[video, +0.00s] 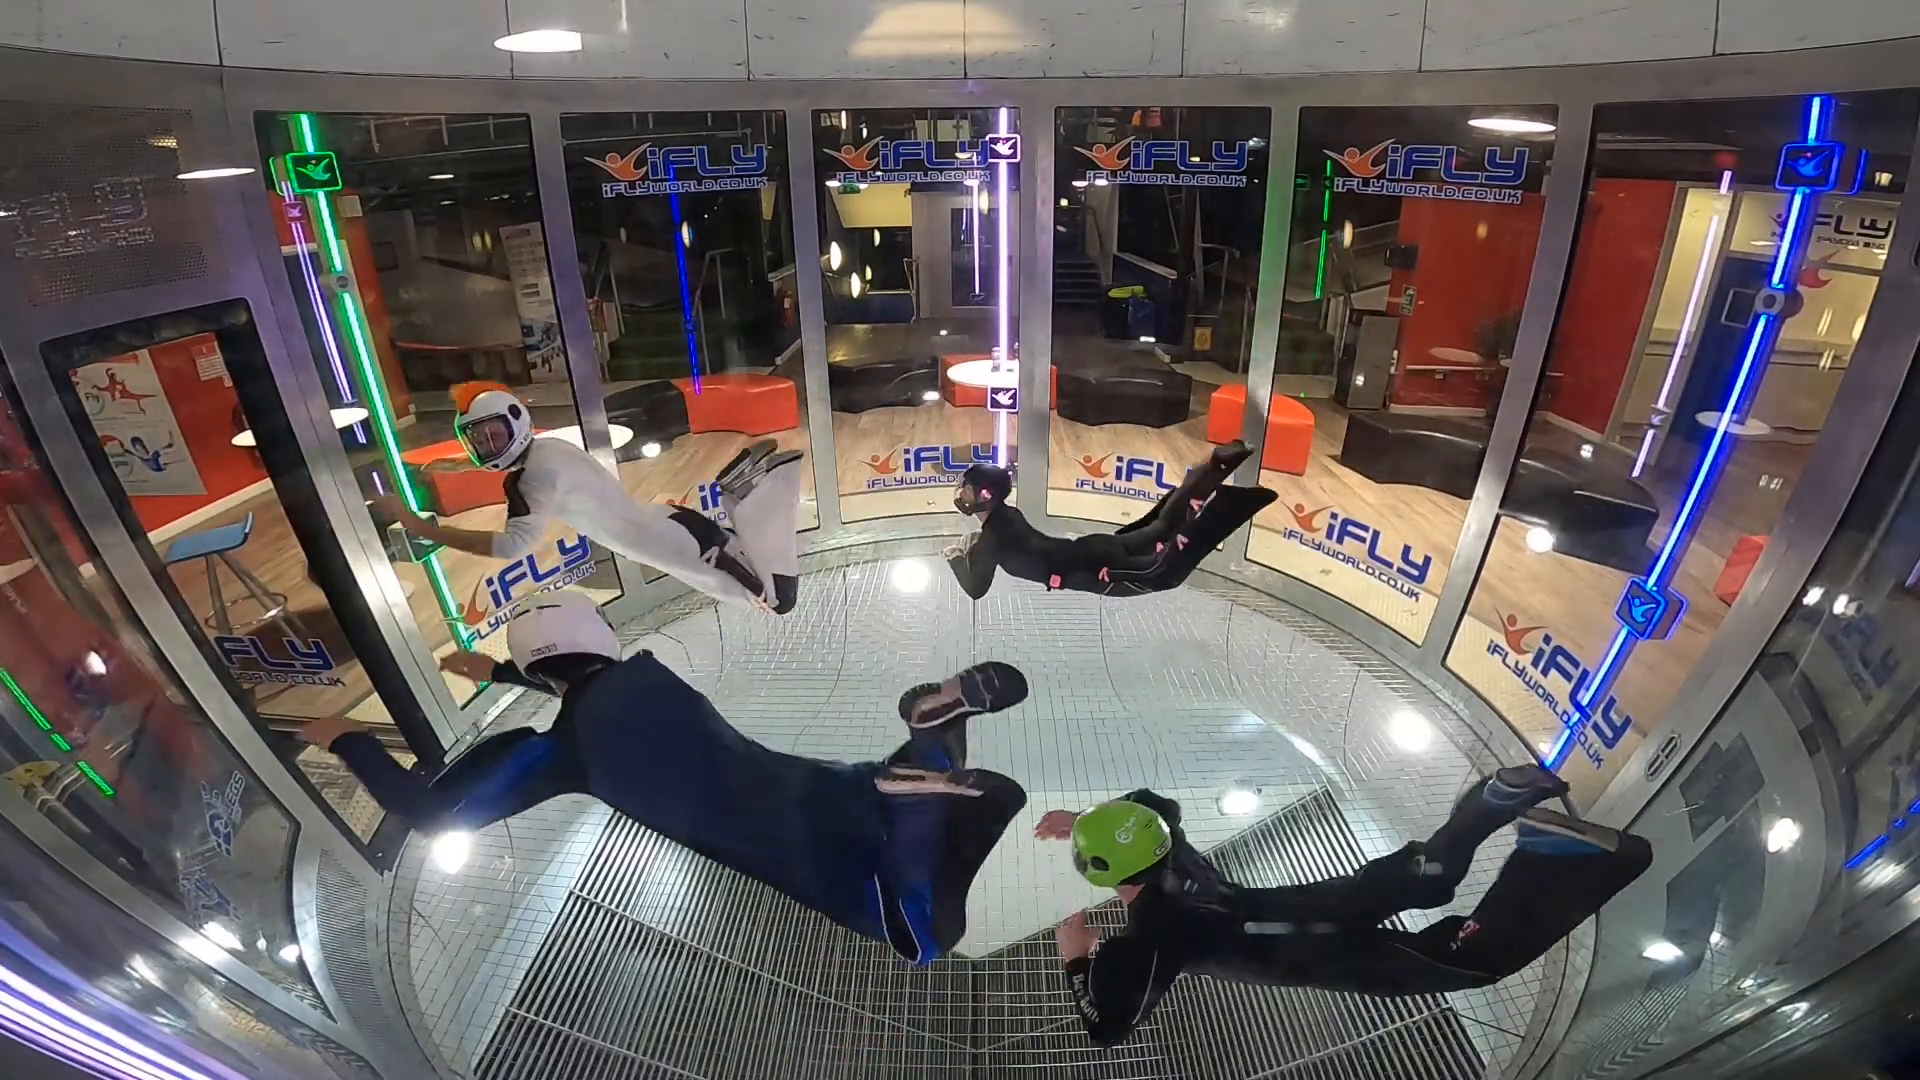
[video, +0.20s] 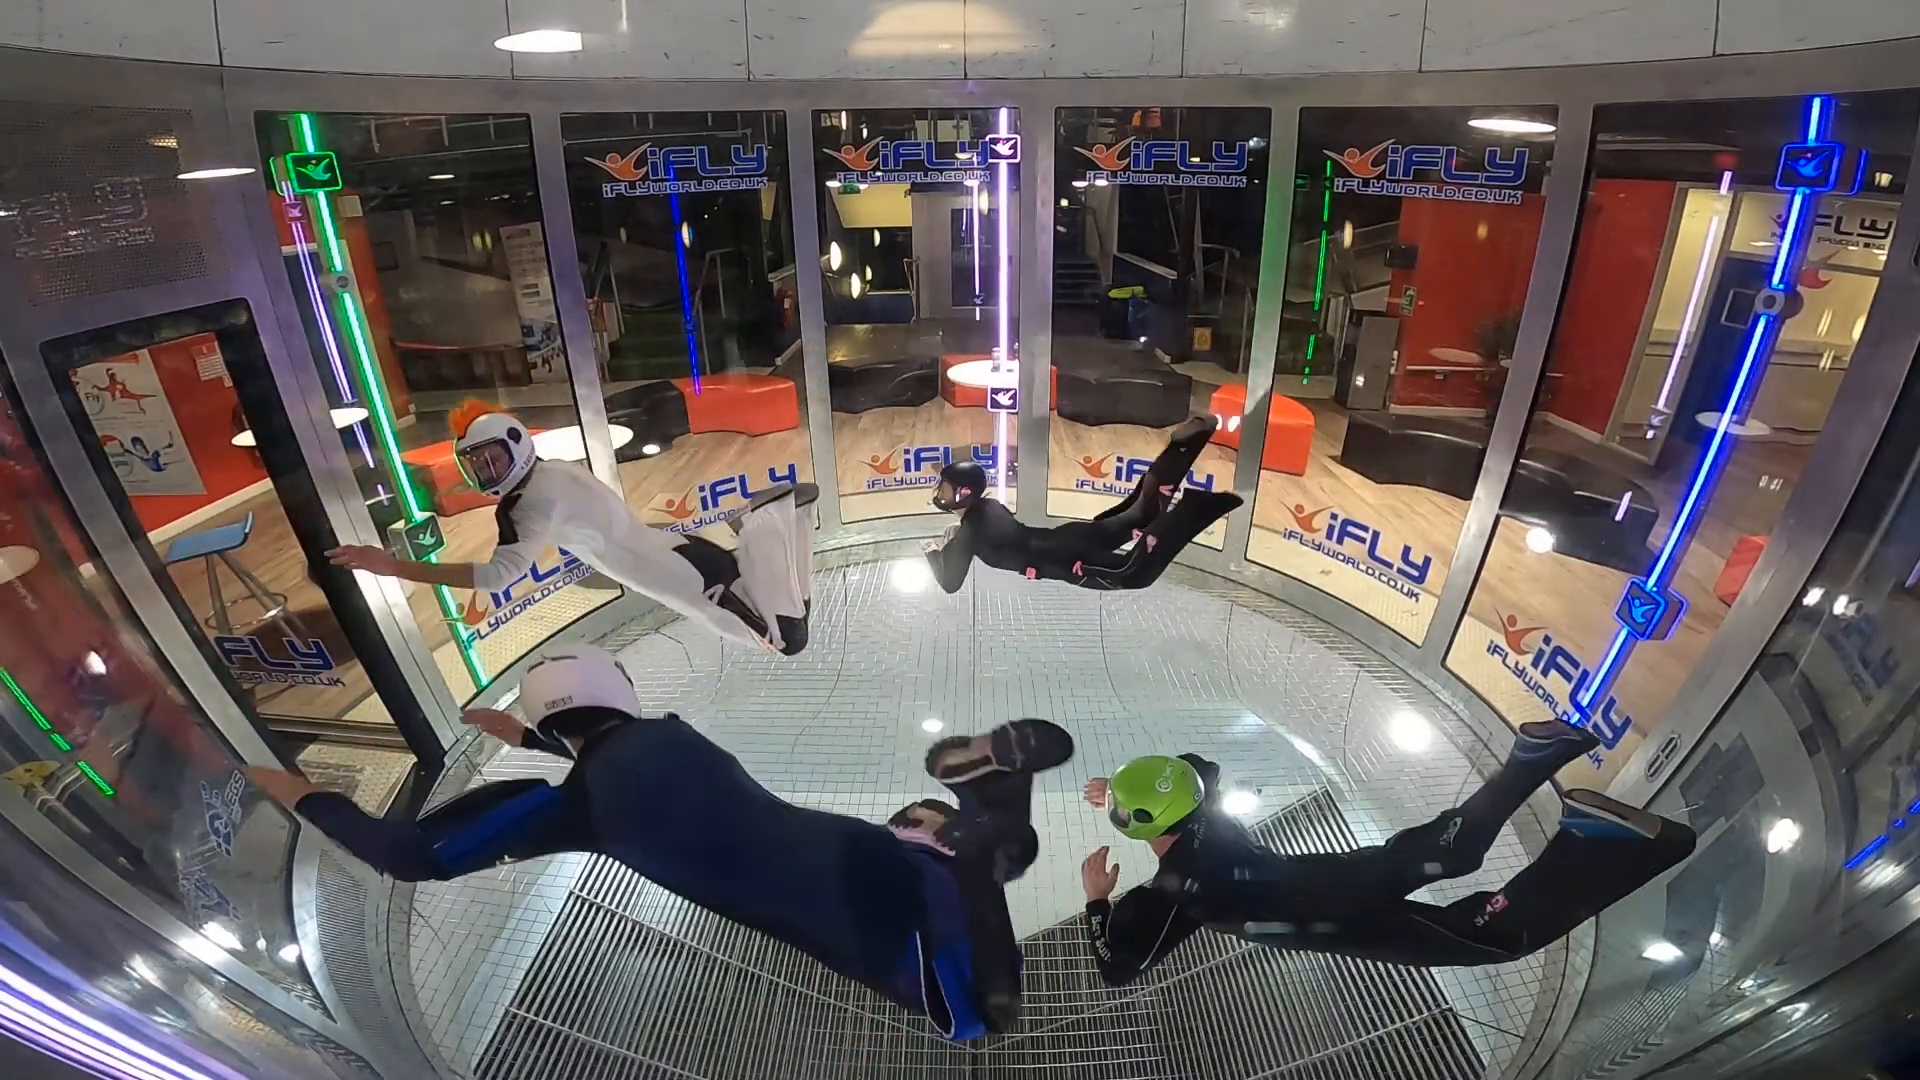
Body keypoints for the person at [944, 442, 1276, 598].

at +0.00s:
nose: (958, 493)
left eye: (965, 489)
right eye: (961, 486)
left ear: (984, 499)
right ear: (987, 496)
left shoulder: (993, 535)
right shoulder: (1002, 515)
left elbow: (975, 588)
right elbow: (983, 574)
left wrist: (956, 558)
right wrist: (969, 553)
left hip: (1089, 569)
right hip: (1088, 548)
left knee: (1163, 571)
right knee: (1153, 531)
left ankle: (1222, 507)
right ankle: (1211, 470)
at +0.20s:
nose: (937, 493)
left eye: (943, 489)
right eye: (939, 487)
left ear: (962, 493)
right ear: (966, 490)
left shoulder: (974, 525)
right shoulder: (980, 511)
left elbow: (950, 580)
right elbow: (959, 563)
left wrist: (934, 557)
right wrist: (945, 552)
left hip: (1068, 559)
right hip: (1068, 540)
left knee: (1136, 575)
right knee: (1136, 513)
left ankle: (1196, 510)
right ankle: (1186, 441)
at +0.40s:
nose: (905, 485)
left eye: (911, 480)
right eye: (908, 478)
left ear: (929, 484)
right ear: (933, 481)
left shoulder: (940, 515)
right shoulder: (949, 497)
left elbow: (912, 566)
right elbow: (919, 554)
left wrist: (884, 541)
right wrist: (895, 545)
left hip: (1025, 554)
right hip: (1029, 530)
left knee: (1094, 585)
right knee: (1099, 514)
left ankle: (1142, 525)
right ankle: (1132, 454)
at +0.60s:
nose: (867, 468)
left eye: (874, 464)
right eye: (869, 462)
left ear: (893, 469)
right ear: (897, 467)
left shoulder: (898, 500)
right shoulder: (910, 483)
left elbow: (860, 547)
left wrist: (845, 507)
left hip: (977, 545)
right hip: (983, 521)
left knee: (1044, 589)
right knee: (1056, 520)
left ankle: (1078, 532)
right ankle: (1091, 473)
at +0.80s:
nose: (827, 459)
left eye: (835, 454)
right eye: (828, 452)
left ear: (853, 458)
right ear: (853, 457)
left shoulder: (851, 497)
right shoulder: (866, 475)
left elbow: (812, 536)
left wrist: (797, 502)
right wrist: (821, 508)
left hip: (931, 548)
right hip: (938, 527)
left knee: (981, 595)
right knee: (1004, 527)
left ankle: (1025, 549)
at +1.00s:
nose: (779, 462)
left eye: (786, 456)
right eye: (779, 455)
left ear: (803, 460)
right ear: (803, 456)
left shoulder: (803, 496)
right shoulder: (819, 475)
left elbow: (764, 538)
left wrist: (738, 502)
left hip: (888, 544)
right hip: (892, 524)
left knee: (944, 600)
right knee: (957, 534)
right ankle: (960, 475)